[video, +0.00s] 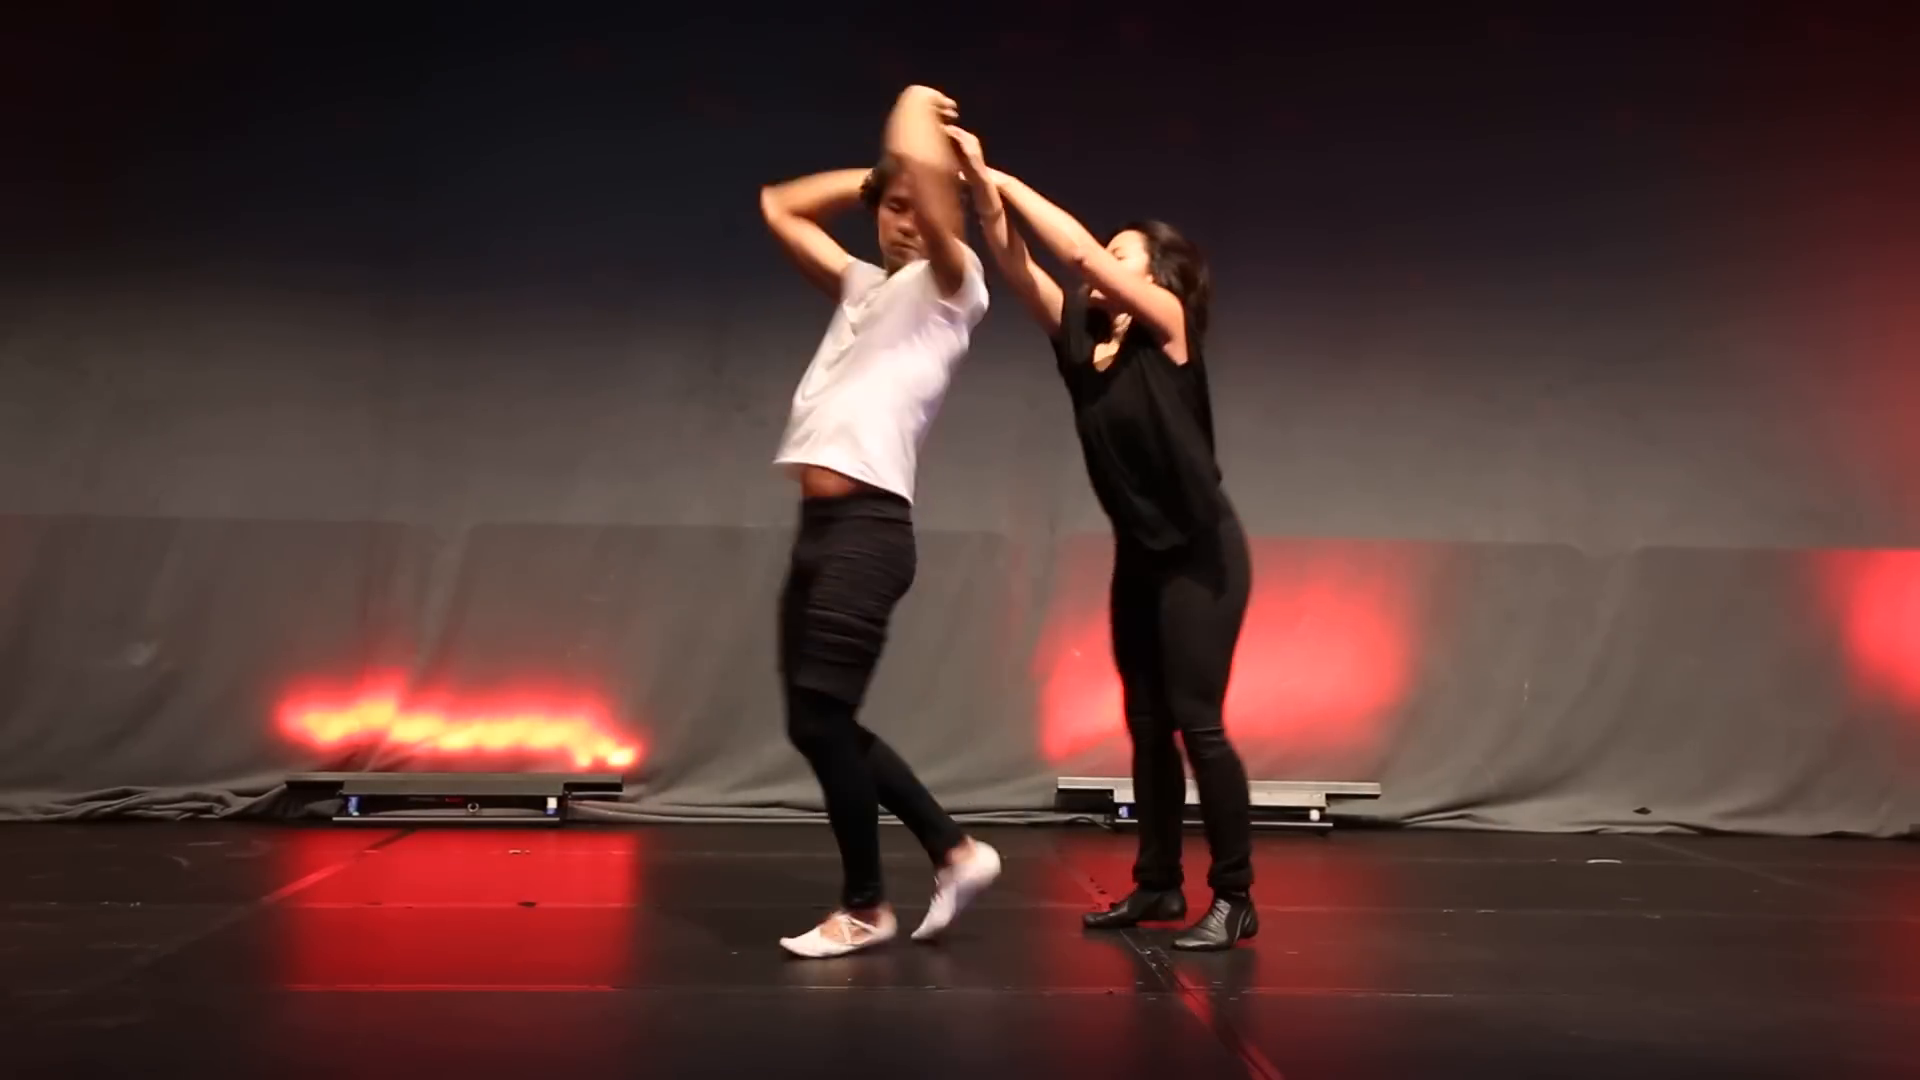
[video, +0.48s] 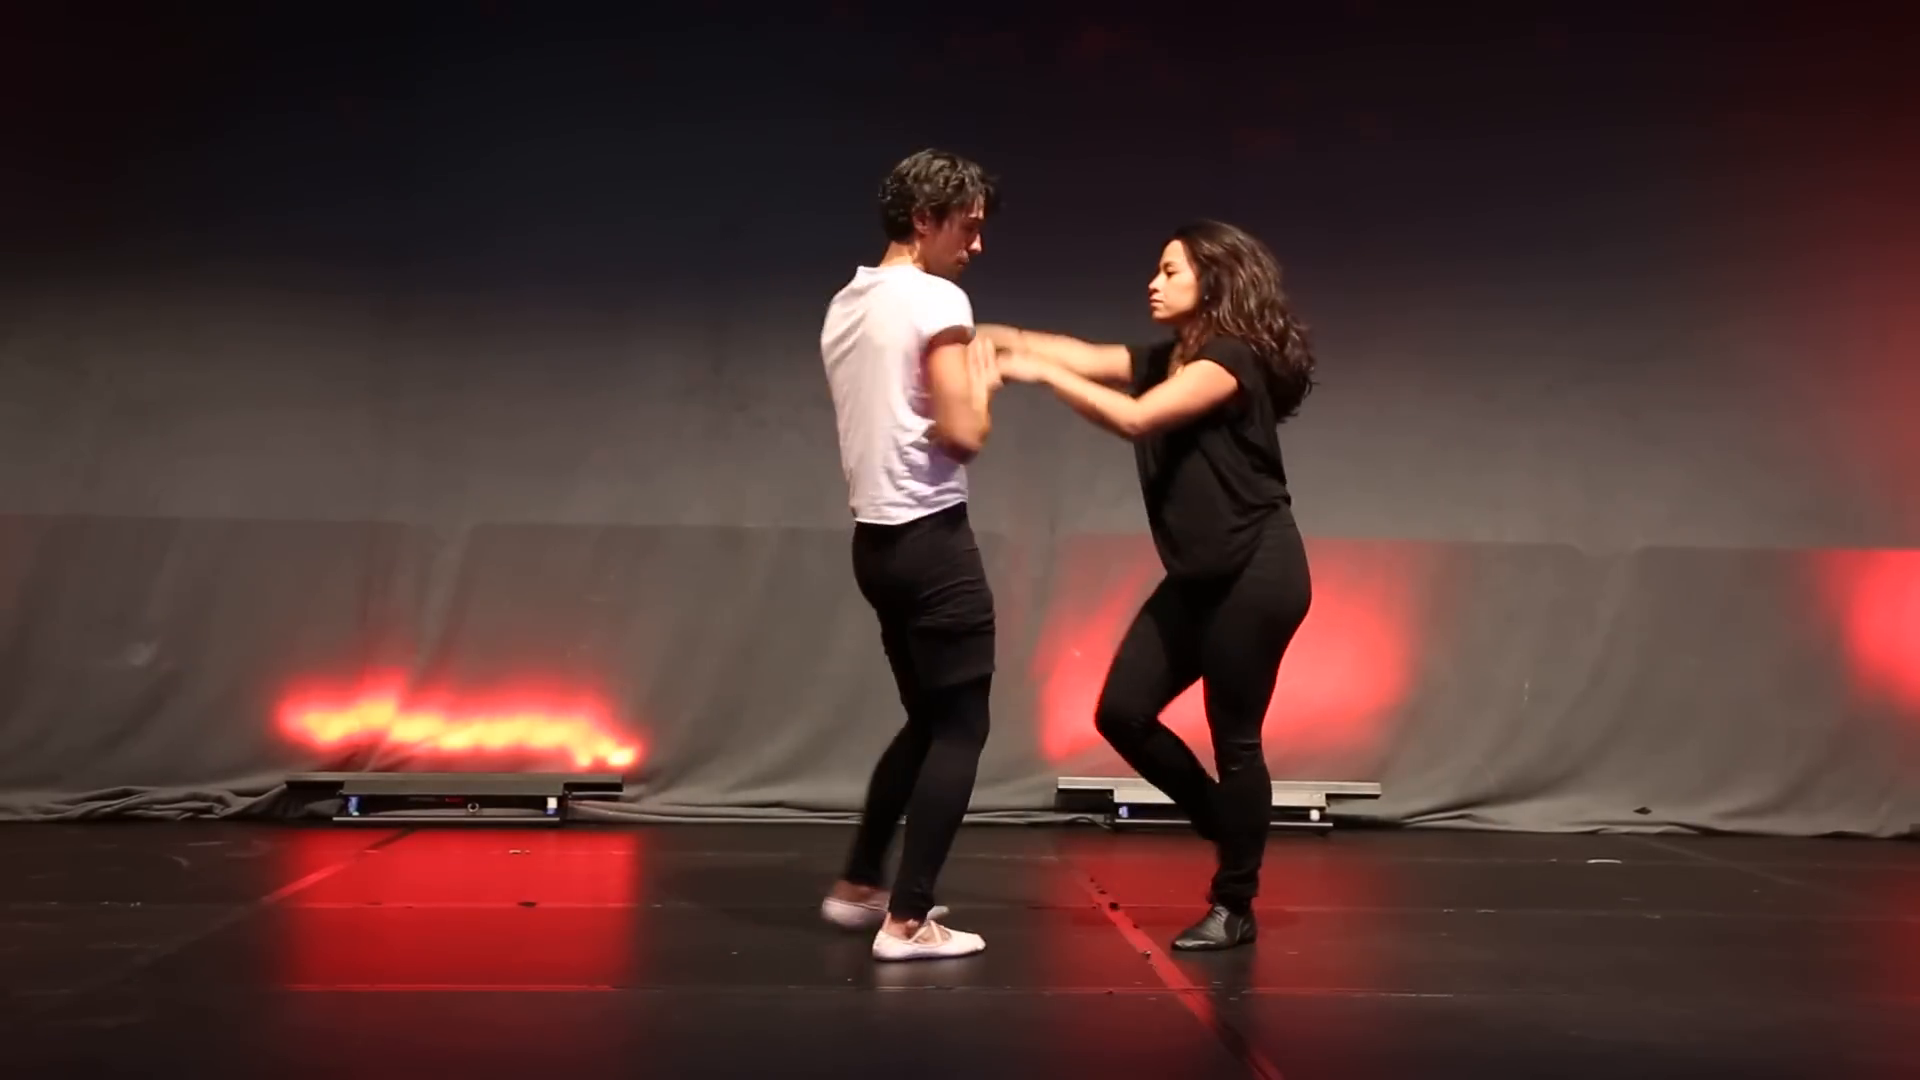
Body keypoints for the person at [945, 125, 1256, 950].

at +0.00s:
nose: (1100, 260)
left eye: (1118, 252)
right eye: (1103, 249)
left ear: (1161, 274)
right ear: (1105, 270)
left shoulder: (1171, 325)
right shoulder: (1082, 332)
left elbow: (1085, 253)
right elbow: (1007, 254)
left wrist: (1003, 181)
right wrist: (975, 170)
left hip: (1203, 556)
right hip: (1139, 559)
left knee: (1197, 722)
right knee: (1148, 724)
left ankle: (1234, 903)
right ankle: (1158, 890)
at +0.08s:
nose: (1110, 262)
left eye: (1126, 252)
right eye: (1111, 250)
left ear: (1171, 272)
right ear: (1112, 268)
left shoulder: (1182, 322)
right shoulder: (1094, 331)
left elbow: (1088, 253)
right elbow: (1018, 256)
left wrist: (1006, 182)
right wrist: (967, 171)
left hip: (1218, 554)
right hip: (1151, 554)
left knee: (1216, 723)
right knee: (1156, 723)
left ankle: (1236, 904)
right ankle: (1151, 881)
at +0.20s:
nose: (1123, 265)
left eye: (1141, 254)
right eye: (1123, 254)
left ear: (1184, 270)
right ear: (1123, 265)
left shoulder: (1202, 322)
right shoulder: (1108, 325)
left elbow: (1093, 294)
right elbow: (1034, 269)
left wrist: (1017, 218)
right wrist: (987, 212)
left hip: (1237, 555)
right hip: (1167, 555)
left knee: (1224, 726)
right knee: (1146, 720)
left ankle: (1233, 907)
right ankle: (1147, 877)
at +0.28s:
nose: (1130, 272)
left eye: (1147, 261)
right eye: (1133, 261)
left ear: (1193, 273)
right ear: (1142, 277)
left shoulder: (1219, 333)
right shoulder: (1130, 335)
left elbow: (1096, 331)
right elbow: (1073, 315)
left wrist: (1024, 263)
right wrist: (1002, 255)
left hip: (1248, 560)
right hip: (1179, 563)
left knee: (1232, 731)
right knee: (1125, 710)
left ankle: (1234, 908)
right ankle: (1154, 866)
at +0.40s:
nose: (1146, 280)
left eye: (1161, 269)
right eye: (1148, 269)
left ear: (1208, 278)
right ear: (1163, 282)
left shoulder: (1228, 349)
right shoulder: (1147, 343)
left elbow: (1121, 391)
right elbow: (1042, 312)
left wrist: (1036, 334)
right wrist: (946, 279)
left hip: (1257, 571)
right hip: (1191, 575)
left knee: (1239, 738)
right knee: (1112, 706)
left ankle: (1237, 910)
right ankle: (1201, 834)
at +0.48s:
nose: (1154, 283)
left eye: (1170, 272)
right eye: (1157, 271)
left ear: (1217, 282)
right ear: (1190, 287)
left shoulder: (1233, 358)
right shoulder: (1163, 359)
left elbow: (1136, 419)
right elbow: (1064, 352)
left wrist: (1042, 369)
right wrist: (992, 339)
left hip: (1259, 574)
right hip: (1194, 579)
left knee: (1235, 737)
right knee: (1123, 715)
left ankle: (1235, 910)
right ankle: (1229, 827)